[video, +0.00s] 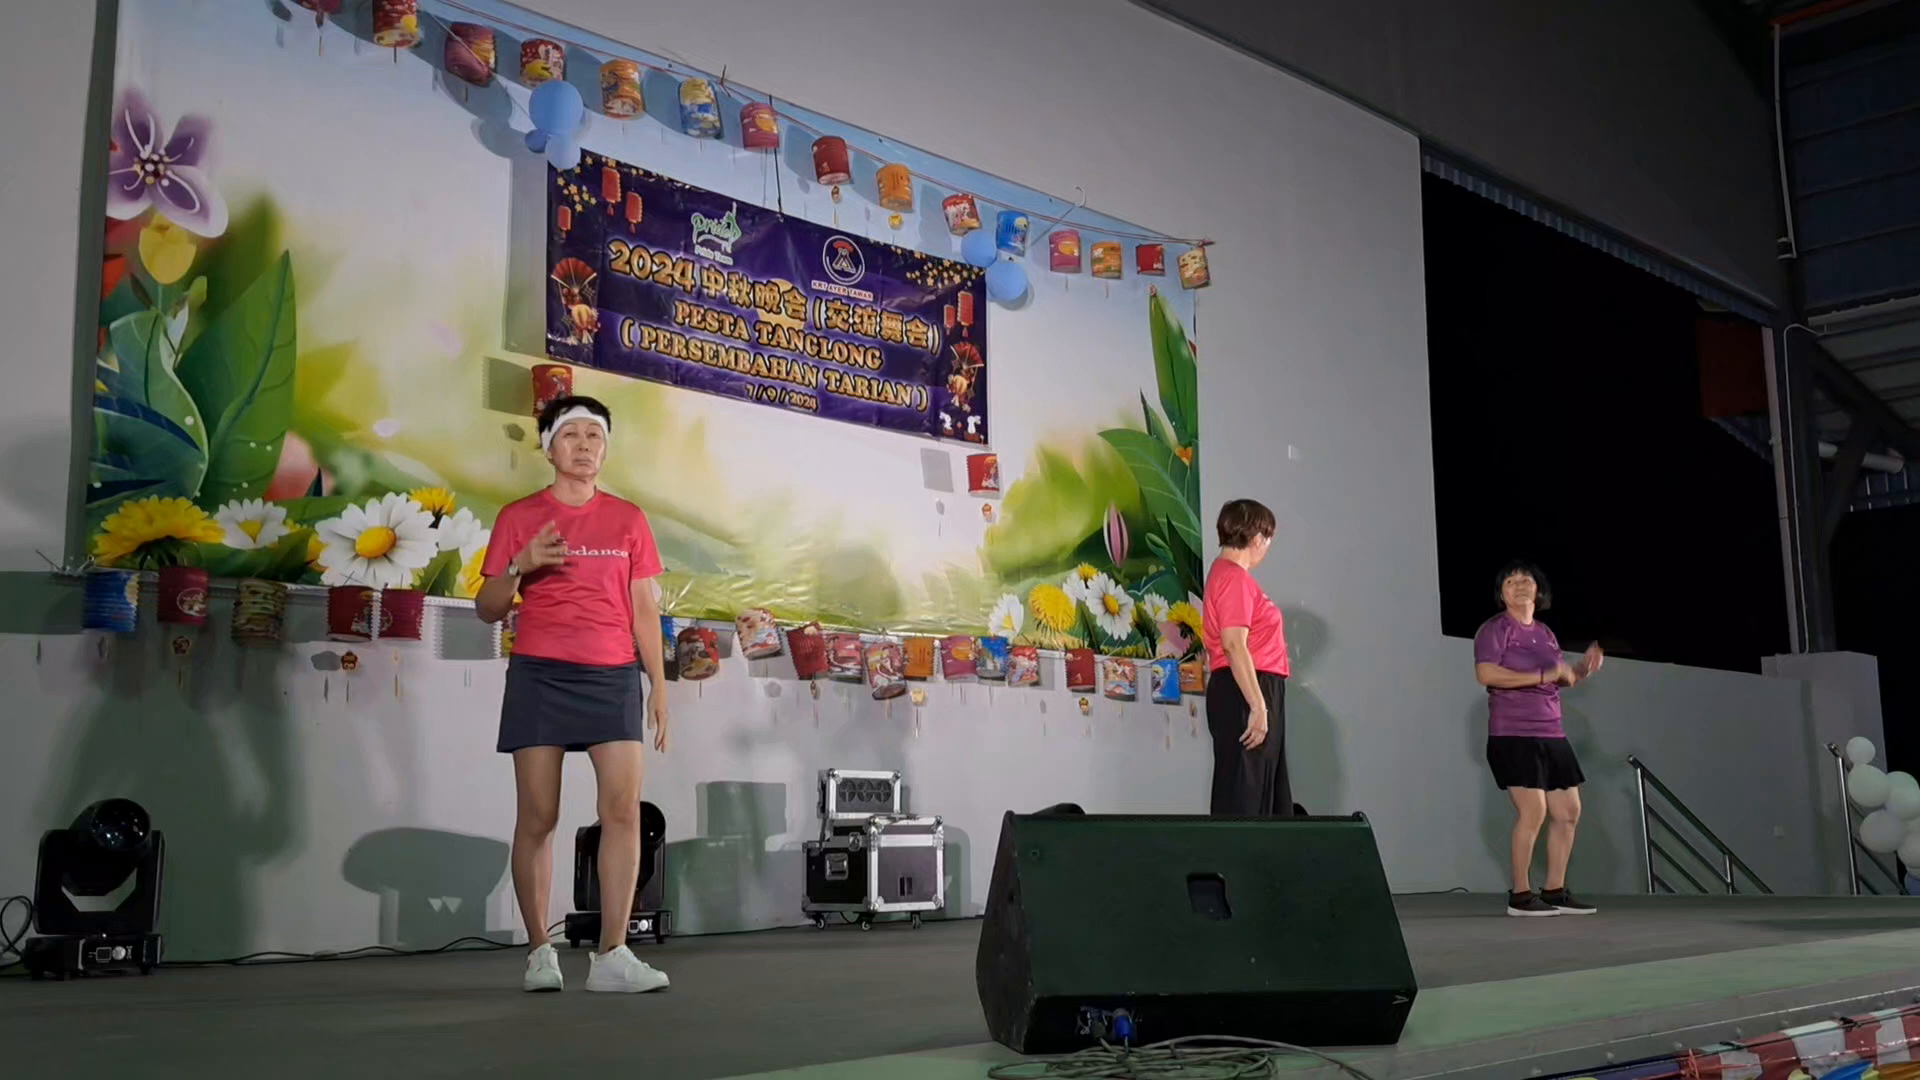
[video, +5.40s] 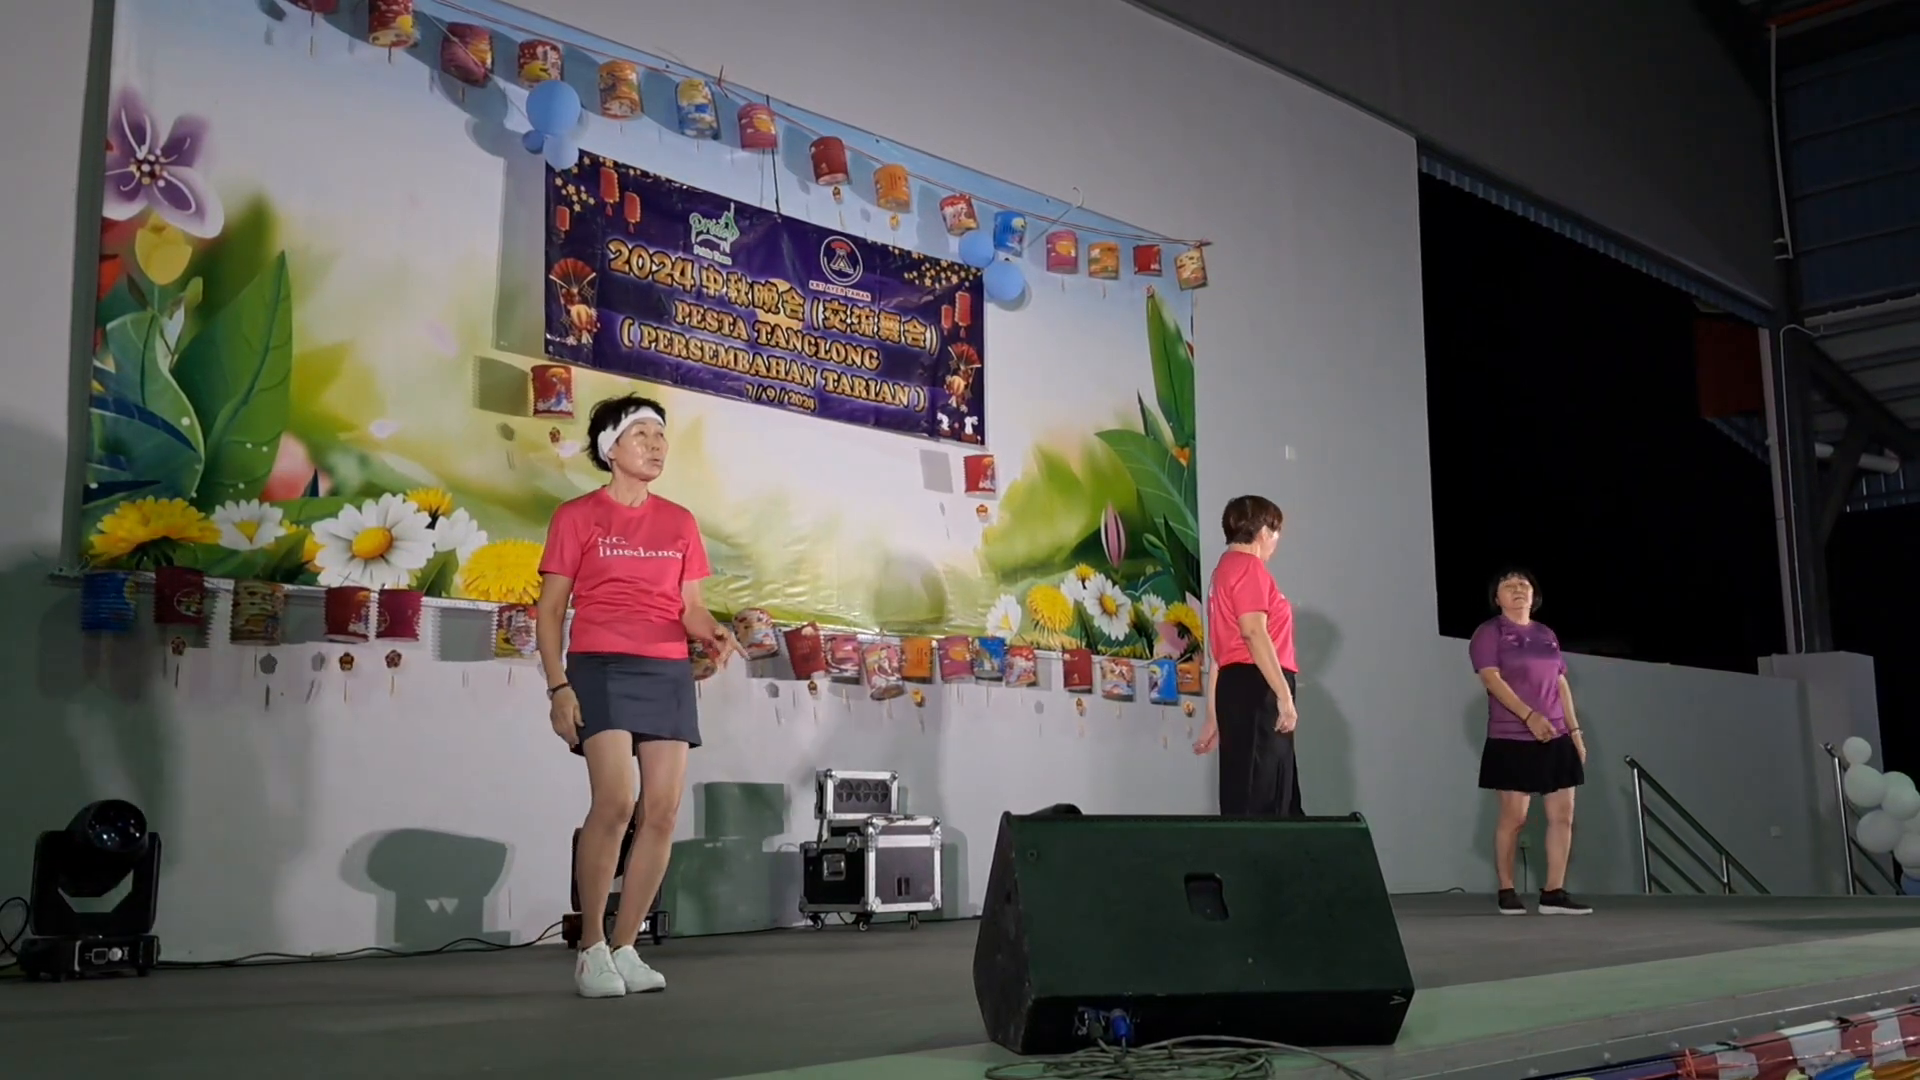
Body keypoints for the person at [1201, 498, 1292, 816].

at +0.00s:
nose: (1268, 547)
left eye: (1269, 539)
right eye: (1268, 538)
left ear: (1228, 533)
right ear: (1257, 538)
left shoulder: (1230, 573)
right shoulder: (1233, 576)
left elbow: (1234, 643)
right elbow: (1234, 643)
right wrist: (1258, 706)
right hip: (1246, 685)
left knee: (1264, 792)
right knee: (1244, 793)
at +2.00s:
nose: (1281, 547)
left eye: (1284, 540)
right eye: (1283, 539)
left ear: (1245, 530)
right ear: (1272, 538)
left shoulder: (1253, 575)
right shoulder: (1241, 575)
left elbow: (1251, 642)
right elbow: (1242, 643)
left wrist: (1283, 701)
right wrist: (1271, 705)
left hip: (1284, 687)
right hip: (1261, 688)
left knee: (1284, 792)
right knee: (1256, 793)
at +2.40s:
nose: (1295, 544)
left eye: (1296, 536)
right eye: (1288, 535)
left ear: (1264, 541)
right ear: (1261, 539)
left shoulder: (1276, 579)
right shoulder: (1245, 578)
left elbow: (1282, 645)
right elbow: (1241, 647)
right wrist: (1263, 707)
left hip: (1303, 692)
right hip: (1273, 693)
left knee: (1303, 800)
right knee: (1279, 803)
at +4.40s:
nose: (1305, 537)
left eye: (1306, 529)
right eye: (1298, 528)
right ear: (1271, 534)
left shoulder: (1299, 583)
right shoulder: (1252, 578)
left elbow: (1317, 649)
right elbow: (1241, 646)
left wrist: (1348, 697)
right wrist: (1251, 709)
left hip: (1311, 700)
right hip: (1273, 698)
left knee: (1306, 808)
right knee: (1275, 809)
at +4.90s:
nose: (1294, 536)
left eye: (1293, 528)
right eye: (1291, 527)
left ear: (1267, 530)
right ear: (1276, 530)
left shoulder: (1268, 574)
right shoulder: (1252, 570)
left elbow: (1281, 650)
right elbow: (1247, 637)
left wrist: (1311, 703)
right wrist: (1269, 700)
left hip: (1285, 692)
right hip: (1261, 691)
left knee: (1287, 796)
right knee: (1261, 798)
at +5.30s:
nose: (1280, 544)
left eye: (1282, 536)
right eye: (1280, 536)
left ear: (1242, 529)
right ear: (1267, 533)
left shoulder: (1231, 567)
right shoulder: (1247, 566)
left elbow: (1244, 635)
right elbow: (1253, 633)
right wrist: (1284, 695)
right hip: (1255, 681)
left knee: (1277, 791)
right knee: (1254, 791)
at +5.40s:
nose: (1277, 541)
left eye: (1277, 533)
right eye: (1276, 532)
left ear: (1235, 529)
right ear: (1263, 532)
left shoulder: (1223, 571)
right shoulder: (1247, 566)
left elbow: (1219, 657)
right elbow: (1254, 632)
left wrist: (1213, 717)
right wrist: (1284, 695)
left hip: (1236, 680)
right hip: (1257, 681)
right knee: (1258, 790)